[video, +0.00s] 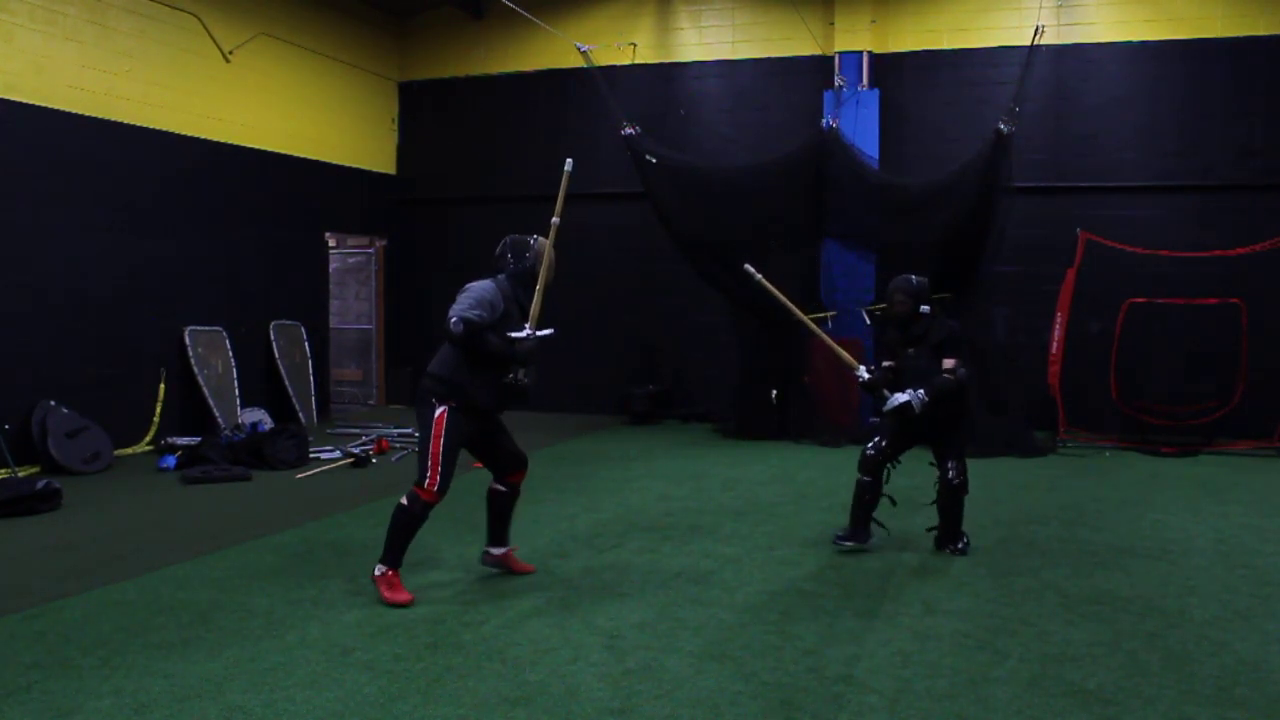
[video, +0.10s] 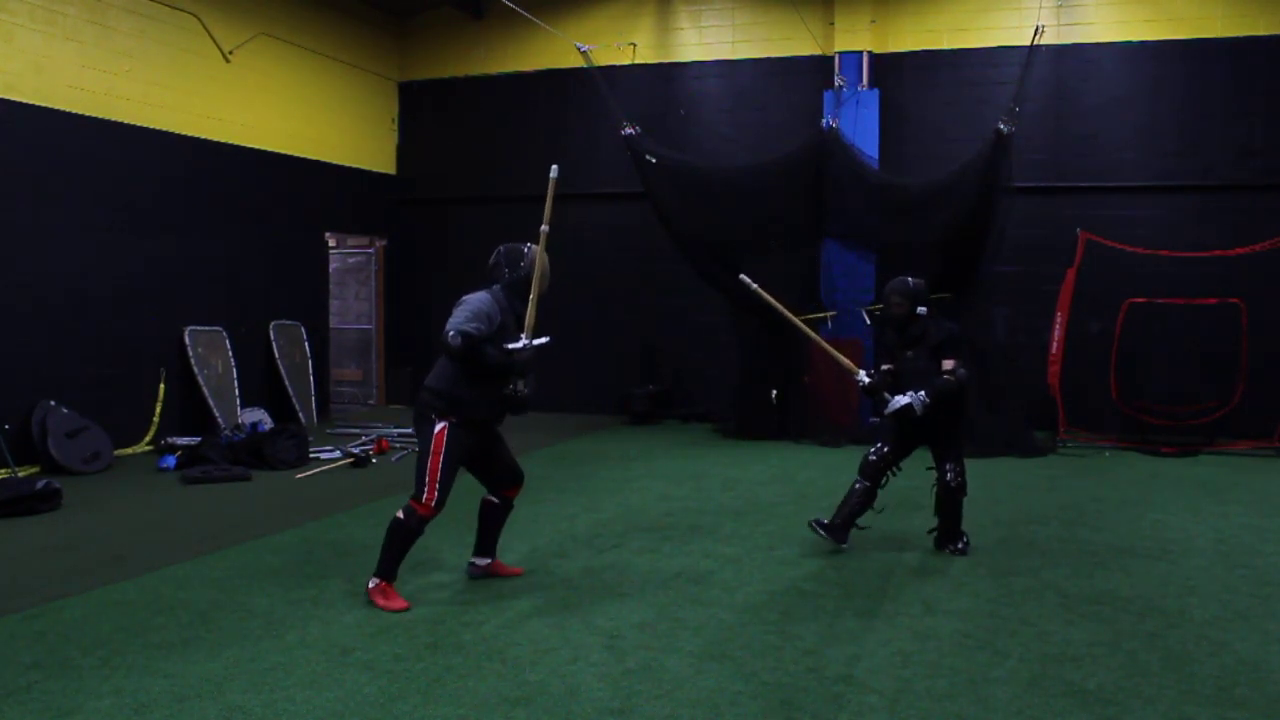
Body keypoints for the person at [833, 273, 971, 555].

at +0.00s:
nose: (893, 306)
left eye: (899, 300)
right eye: (892, 300)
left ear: (916, 302)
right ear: (893, 302)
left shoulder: (942, 329)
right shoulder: (891, 330)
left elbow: (951, 376)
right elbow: (890, 376)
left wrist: (919, 396)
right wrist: (872, 379)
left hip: (942, 414)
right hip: (904, 413)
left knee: (953, 476)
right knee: (871, 459)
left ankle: (949, 537)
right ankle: (858, 530)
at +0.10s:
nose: (892, 310)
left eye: (898, 304)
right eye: (889, 304)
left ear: (914, 305)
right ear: (887, 304)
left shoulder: (940, 331)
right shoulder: (890, 332)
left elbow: (951, 378)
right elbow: (888, 378)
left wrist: (921, 398)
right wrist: (872, 383)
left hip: (942, 416)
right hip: (906, 415)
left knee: (952, 480)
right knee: (873, 466)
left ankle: (950, 537)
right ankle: (839, 527)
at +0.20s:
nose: (882, 312)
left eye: (889, 306)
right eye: (881, 306)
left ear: (905, 307)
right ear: (880, 308)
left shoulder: (931, 335)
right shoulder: (885, 337)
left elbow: (946, 379)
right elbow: (885, 382)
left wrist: (917, 400)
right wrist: (867, 386)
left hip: (938, 420)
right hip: (903, 420)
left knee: (950, 482)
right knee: (871, 469)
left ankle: (949, 537)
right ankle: (838, 532)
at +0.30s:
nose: (871, 315)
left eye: (877, 309)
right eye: (870, 309)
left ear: (895, 310)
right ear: (870, 311)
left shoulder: (921, 337)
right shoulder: (880, 341)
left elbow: (936, 380)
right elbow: (876, 389)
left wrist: (906, 402)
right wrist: (857, 391)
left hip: (931, 422)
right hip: (896, 423)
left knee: (946, 482)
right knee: (861, 469)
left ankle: (949, 537)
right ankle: (833, 535)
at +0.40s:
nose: (864, 318)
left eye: (869, 311)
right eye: (861, 312)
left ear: (886, 311)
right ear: (860, 312)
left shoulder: (911, 337)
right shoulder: (871, 342)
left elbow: (927, 380)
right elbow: (867, 387)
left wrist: (896, 403)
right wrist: (847, 391)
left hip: (922, 424)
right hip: (888, 426)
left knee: (939, 481)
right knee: (851, 467)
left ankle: (949, 537)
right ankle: (830, 537)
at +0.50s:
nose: (853, 317)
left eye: (859, 311)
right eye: (850, 311)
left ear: (875, 311)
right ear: (849, 312)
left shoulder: (900, 336)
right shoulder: (860, 342)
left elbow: (916, 379)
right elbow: (860, 386)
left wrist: (883, 402)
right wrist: (838, 389)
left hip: (913, 423)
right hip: (879, 424)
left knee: (932, 481)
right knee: (842, 467)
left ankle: (949, 536)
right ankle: (830, 537)